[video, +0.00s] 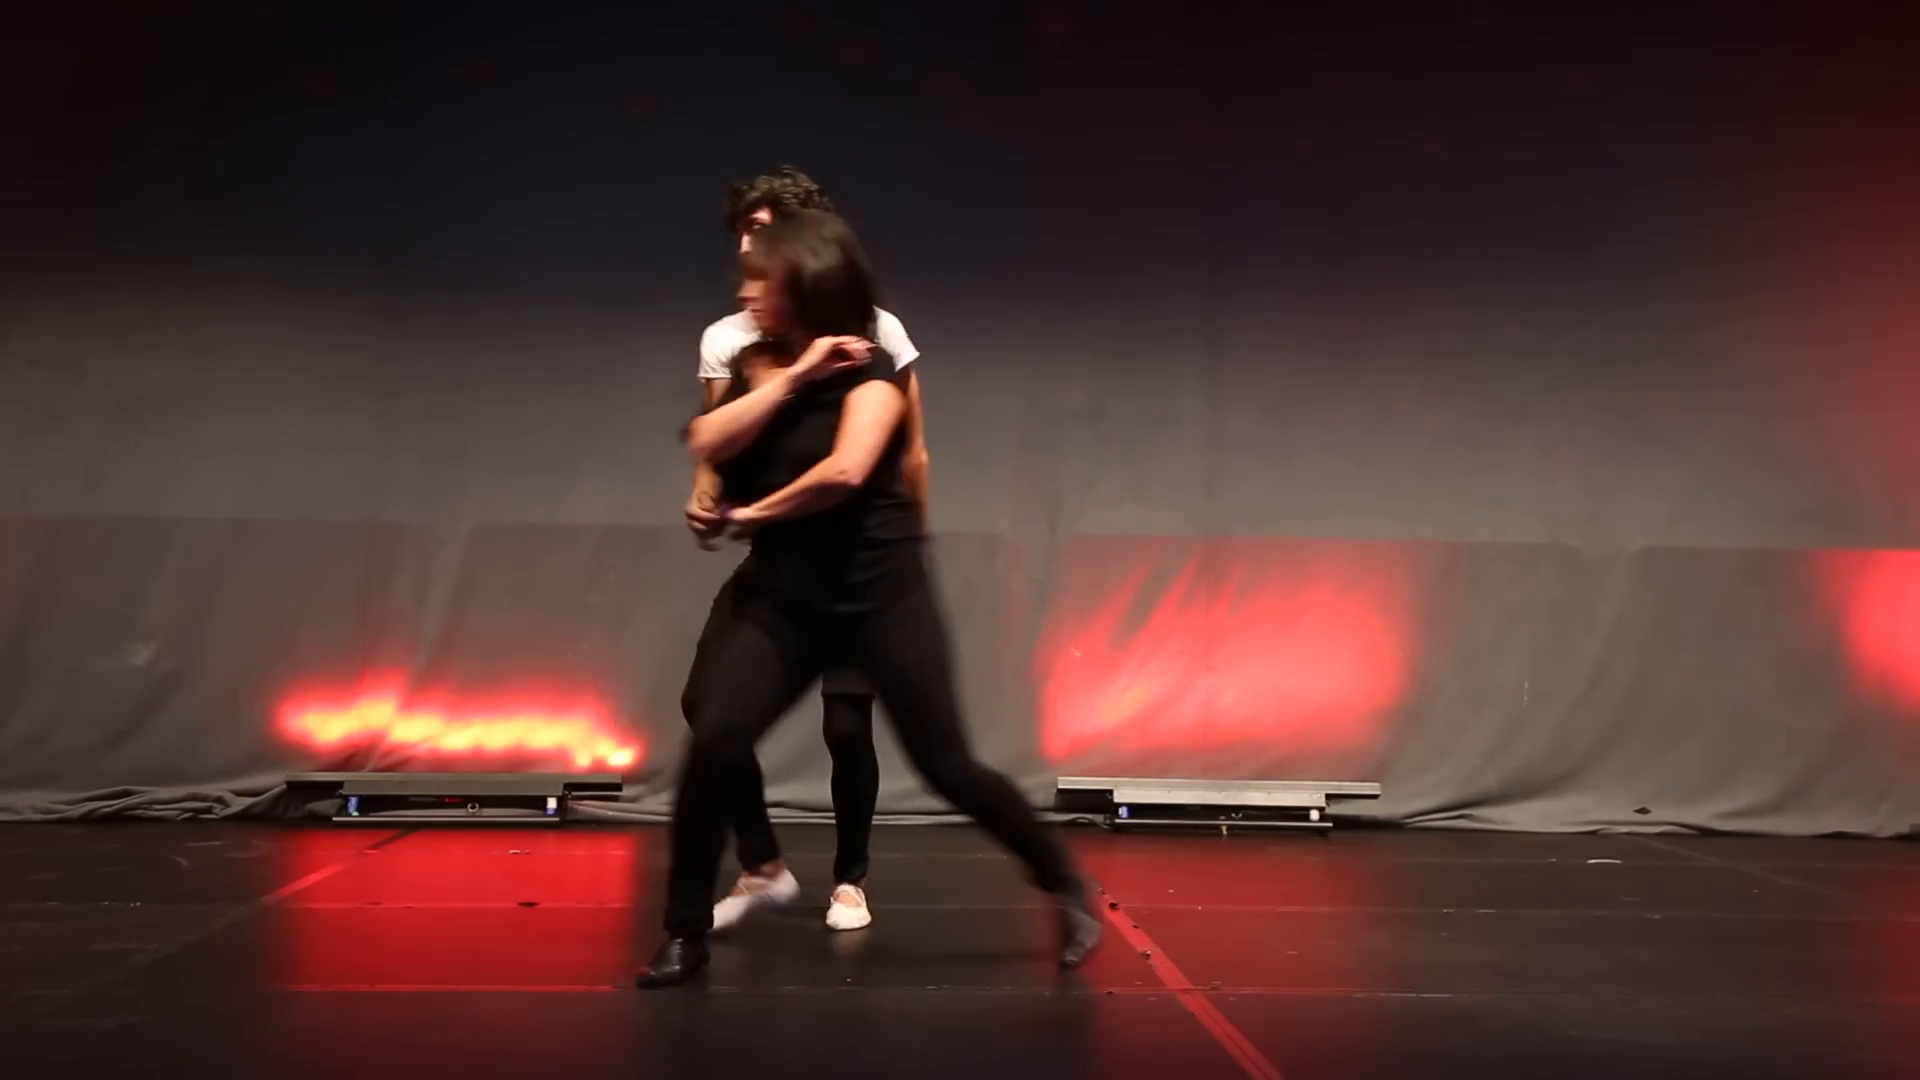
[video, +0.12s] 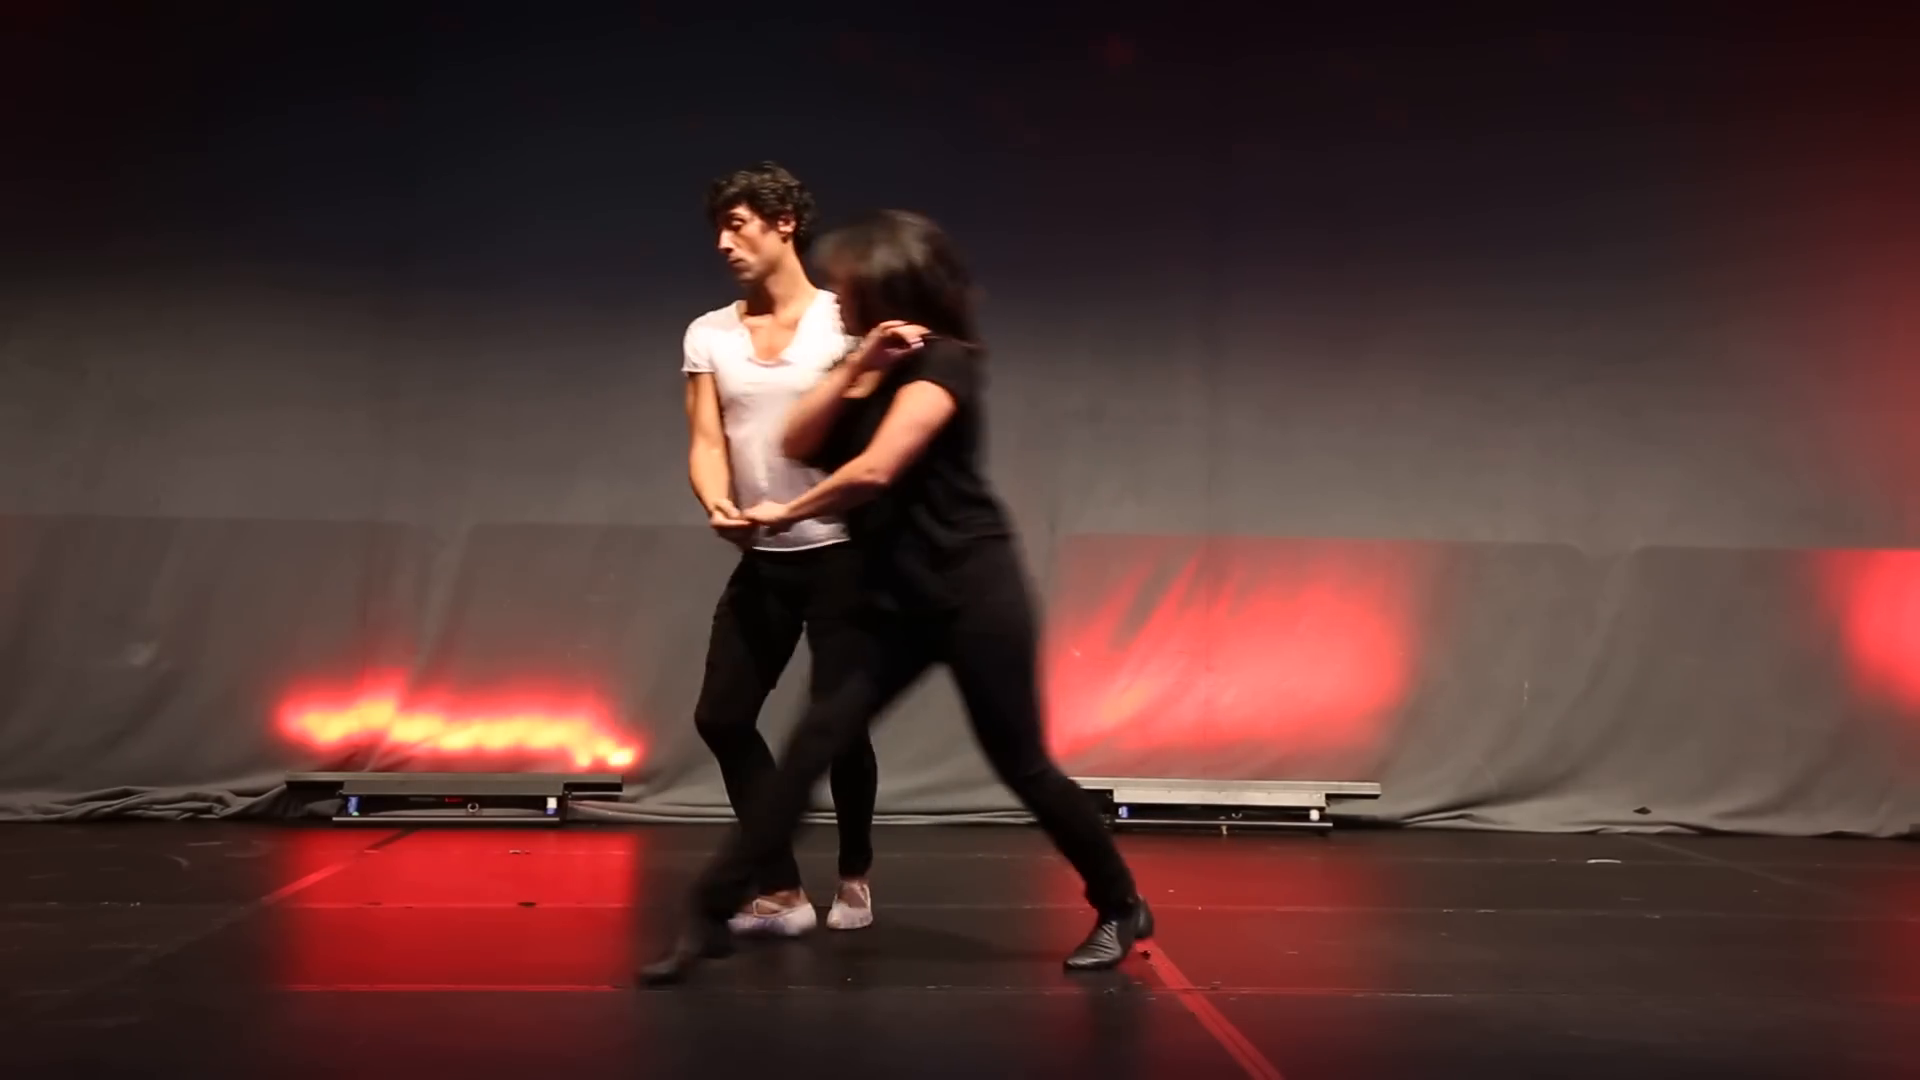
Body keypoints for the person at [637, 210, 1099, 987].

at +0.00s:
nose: (749, 296)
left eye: (763, 281)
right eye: (749, 280)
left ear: (811, 289)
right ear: (768, 288)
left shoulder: (873, 373)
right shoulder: (755, 371)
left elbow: (846, 472)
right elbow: (706, 442)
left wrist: (743, 515)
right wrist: (796, 373)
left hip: (884, 595)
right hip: (786, 594)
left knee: (944, 766)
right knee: (714, 743)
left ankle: (1066, 886)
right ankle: (687, 935)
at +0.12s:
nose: (842, 306)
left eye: (852, 290)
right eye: (840, 292)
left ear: (893, 288)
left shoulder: (939, 363)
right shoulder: (871, 367)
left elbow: (876, 470)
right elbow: (794, 441)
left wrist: (782, 513)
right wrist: (857, 370)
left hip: (975, 591)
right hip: (896, 597)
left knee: (1021, 760)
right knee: (810, 745)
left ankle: (1123, 909)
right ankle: (702, 922)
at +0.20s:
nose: (882, 311)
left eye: (891, 295)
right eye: (881, 297)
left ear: (932, 294)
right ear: (920, 307)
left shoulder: (978, 367)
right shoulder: (918, 367)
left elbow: (900, 471)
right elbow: (850, 448)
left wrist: (812, 509)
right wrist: (894, 371)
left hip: (1022, 593)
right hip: (948, 602)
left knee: (1051, 763)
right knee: (863, 745)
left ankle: (1134, 920)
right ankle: (795, 913)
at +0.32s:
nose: (930, 297)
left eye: (941, 284)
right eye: (932, 283)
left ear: (986, 288)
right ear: (982, 293)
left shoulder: (1023, 367)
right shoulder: (977, 363)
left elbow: (930, 462)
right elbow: (898, 457)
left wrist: (838, 501)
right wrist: (942, 374)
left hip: (1073, 590)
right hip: (1006, 595)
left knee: (1077, 763)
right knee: (904, 718)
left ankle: (1136, 927)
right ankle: (894, 908)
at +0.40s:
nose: (954, 291)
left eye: (967, 278)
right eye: (959, 277)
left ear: (1012, 285)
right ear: (1001, 286)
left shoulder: (1042, 363)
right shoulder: (1004, 359)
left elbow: (944, 456)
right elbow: (929, 443)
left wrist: (846, 491)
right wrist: (960, 372)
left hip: (1091, 584)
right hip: (1028, 591)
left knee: (1086, 758)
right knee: (921, 706)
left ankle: (1136, 926)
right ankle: (970, 880)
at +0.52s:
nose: (985, 288)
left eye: (997, 275)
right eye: (989, 273)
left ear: (1038, 278)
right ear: (1047, 282)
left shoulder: (1064, 361)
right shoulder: (1045, 360)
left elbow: (961, 447)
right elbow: (965, 443)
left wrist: (849, 466)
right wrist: (952, 371)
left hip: (1100, 576)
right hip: (1055, 582)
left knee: (1090, 751)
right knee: (966, 717)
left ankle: (1136, 927)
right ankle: (1070, 860)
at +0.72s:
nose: (1008, 285)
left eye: (1018, 271)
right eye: (1010, 270)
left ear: (1053, 274)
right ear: (1089, 274)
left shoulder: (1045, 355)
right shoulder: (1115, 352)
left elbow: (952, 435)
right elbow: (1085, 416)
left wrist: (836, 438)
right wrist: (1022, 371)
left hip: (1075, 565)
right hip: (1115, 562)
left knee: (1047, 740)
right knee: (1076, 734)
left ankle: (1126, 907)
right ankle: (1137, 895)